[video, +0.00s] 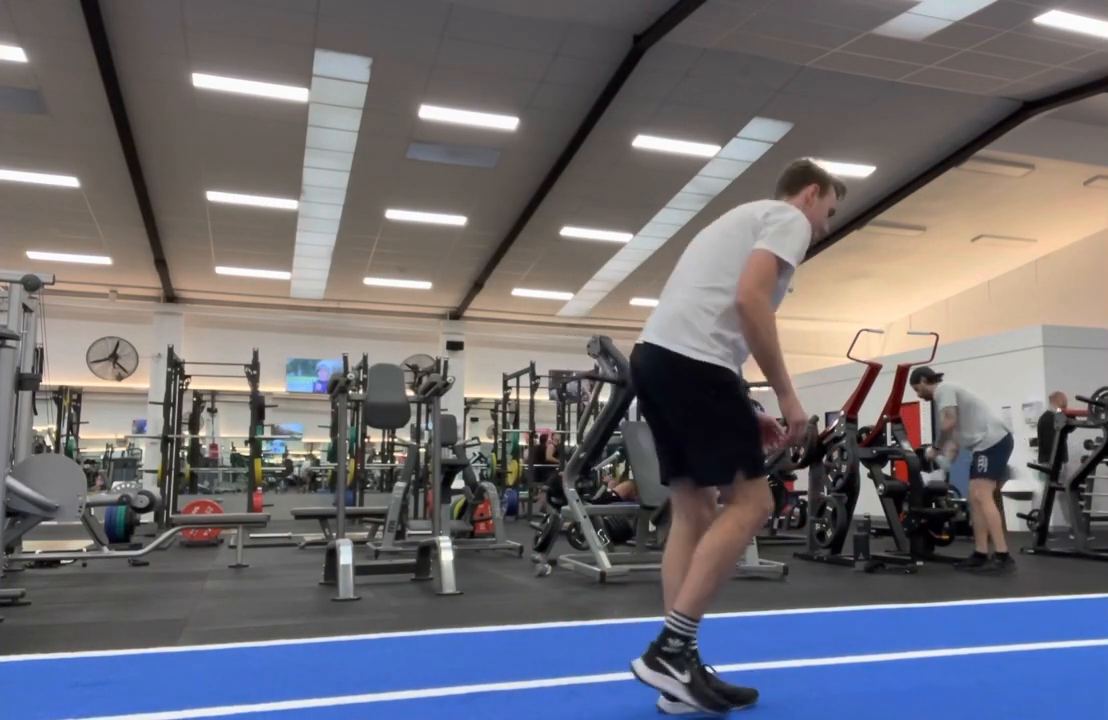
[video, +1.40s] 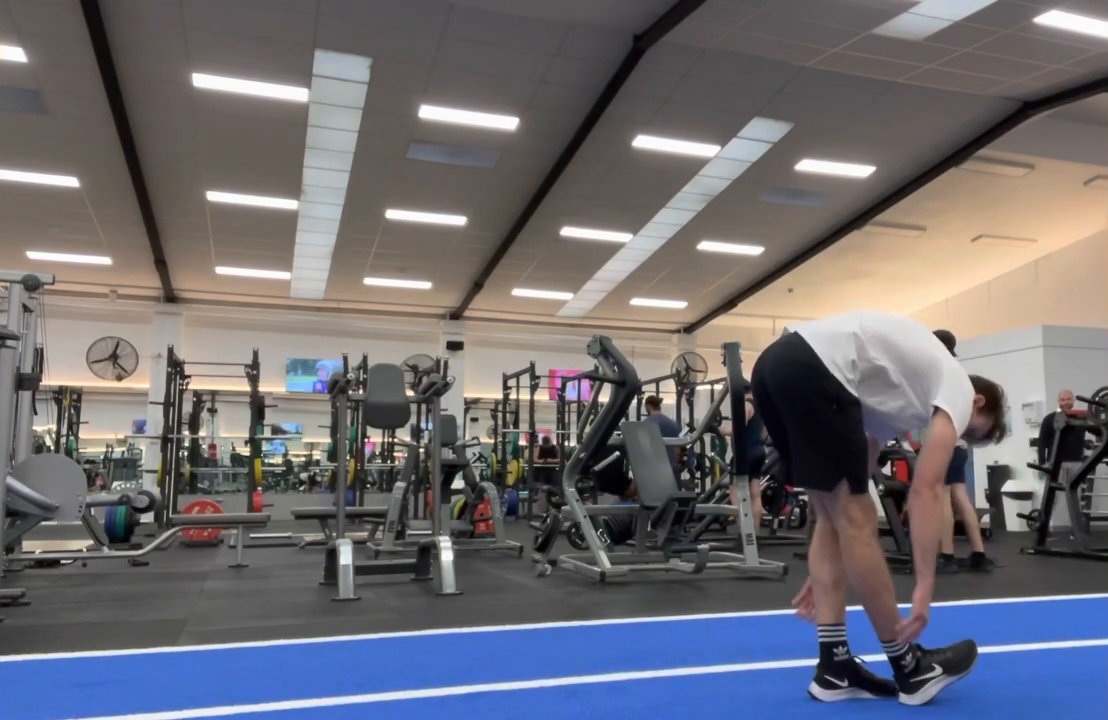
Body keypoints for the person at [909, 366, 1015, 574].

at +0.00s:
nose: (918, 395)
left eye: (917, 389)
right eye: (915, 391)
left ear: (925, 381)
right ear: (926, 382)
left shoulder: (944, 390)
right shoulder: (947, 395)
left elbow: (948, 423)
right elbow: (956, 439)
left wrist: (936, 448)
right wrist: (945, 462)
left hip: (993, 439)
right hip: (982, 444)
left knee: (982, 494)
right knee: (974, 497)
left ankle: (1002, 555)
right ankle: (981, 554)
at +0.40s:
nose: (932, 366)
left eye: (934, 361)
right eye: (931, 362)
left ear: (945, 357)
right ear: (949, 357)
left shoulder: (955, 373)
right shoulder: (963, 374)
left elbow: (954, 406)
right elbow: (961, 414)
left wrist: (933, 424)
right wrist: (935, 427)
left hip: (973, 440)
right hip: (983, 440)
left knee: (953, 493)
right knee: (971, 496)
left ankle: (987, 544)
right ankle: (979, 550)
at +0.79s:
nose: (936, 355)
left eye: (939, 350)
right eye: (936, 350)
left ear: (951, 350)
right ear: (957, 350)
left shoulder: (954, 370)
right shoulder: (967, 372)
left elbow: (948, 405)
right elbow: (960, 409)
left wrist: (928, 418)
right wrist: (935, 418)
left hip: (959, 441)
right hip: (975, 441)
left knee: (947, 495)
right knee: (969, 497)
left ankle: (951, 552)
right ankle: (980, 552)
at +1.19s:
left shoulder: (947, 374)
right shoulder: (956, 374)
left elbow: (939, 407)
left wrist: (918, 405)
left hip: (943, 442)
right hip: (962, 440)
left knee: (944, 500)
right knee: (965, 498)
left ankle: (947, 554)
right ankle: (979, 551)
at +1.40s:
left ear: (935, 346)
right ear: (953, 348)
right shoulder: (957, 374)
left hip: (943, 443)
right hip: (960, 444)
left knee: (940, 495)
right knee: (961, 494)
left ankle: (946, 553)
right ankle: (979, 551)